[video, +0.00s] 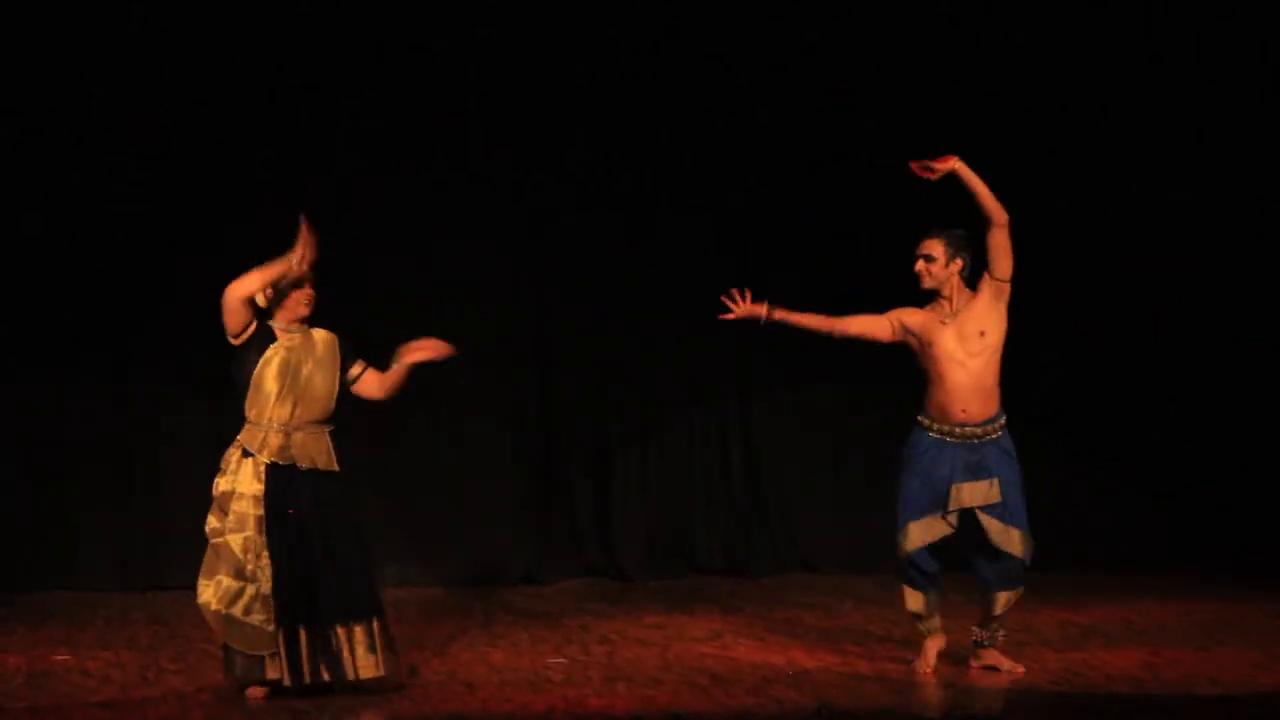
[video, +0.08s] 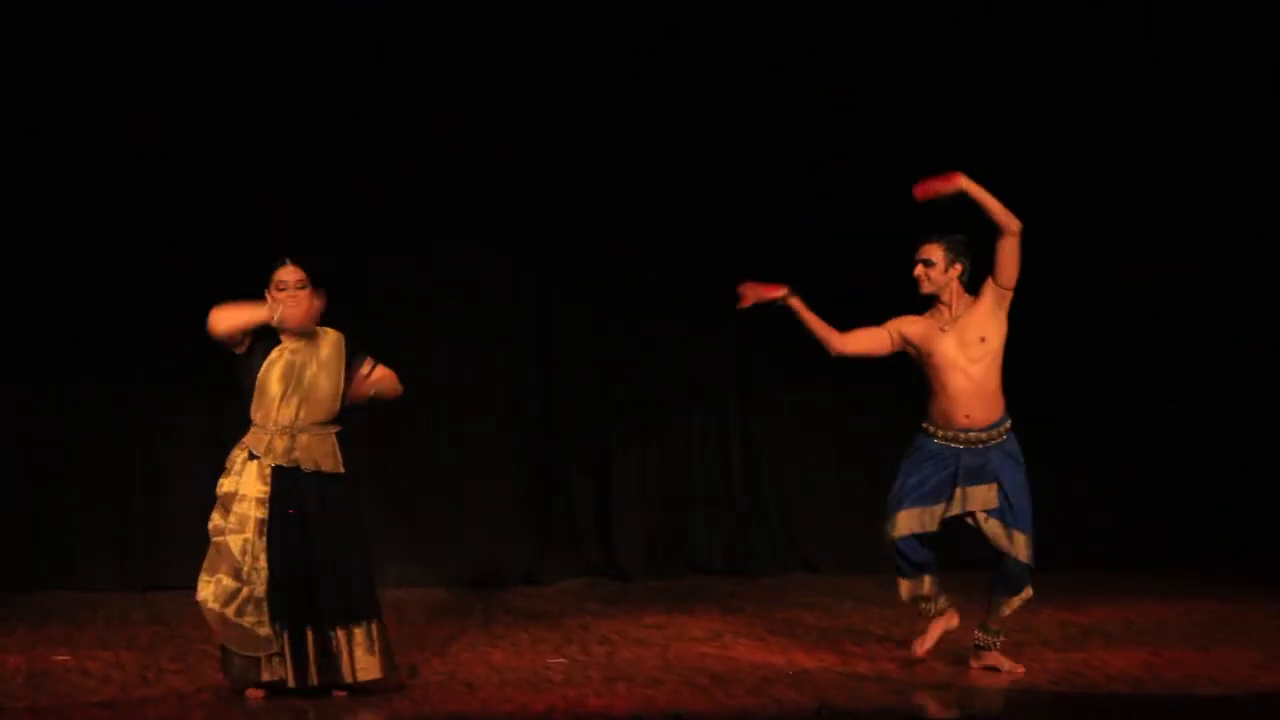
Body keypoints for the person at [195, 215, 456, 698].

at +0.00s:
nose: (308, 293)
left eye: (310, 287)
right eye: (298, 288)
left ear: (313, 297)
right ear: (275, 296)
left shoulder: (327, 345)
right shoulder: (252, 339)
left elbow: (376, 387)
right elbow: (235, 294)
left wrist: (404, 360)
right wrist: (290, 262)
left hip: (315, 467)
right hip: (259, 465)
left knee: (329, 561)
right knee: (260, 568)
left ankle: (328, 668)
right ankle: (260, 673)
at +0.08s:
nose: (289, 297)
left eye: (299, 288)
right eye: (280, 289)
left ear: (320, 299)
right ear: (268, 299)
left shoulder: (335, 348)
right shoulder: (257, 345)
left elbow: (391, 384)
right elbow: (216, 321)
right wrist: (270, 312)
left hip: (317, 467)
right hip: (260, 466)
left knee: (328, 566)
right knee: (261, 567)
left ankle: (333, 673)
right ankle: (266, 672)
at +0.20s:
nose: (281, 298)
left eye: (290, 290)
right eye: (275, 290)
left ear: (314, 296)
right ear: (269, 297)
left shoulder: (339, 345)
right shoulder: (260, 344)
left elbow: (389, 398)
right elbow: (203, 369)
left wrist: (366, 451)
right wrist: (251, 355)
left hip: (322, 469)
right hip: (266, 468)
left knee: (328, 568)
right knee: (270, 569)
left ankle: (330, 674)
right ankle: (276, 675)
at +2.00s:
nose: (343, 294)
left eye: (351, 287)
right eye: (334, 287)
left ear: (364, 293)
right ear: (321, 294)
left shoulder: (384, 344)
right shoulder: (305, 340)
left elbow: (430, 404)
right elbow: (239, 361)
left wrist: (418, 462)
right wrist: (288, 357)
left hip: (369, 469)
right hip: (312, 469)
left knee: (374, 567)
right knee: (309, 568)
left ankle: (379, 671)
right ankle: (308, 671)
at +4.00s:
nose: (354, 300)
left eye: (359, 293)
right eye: (343, 292)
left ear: (365, 301)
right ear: (320, 300)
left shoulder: (379, 351)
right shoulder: (302, 345)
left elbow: (419, 414)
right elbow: (243, 363)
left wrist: (427, 475)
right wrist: (297, 356)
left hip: (364, 473)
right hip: (308, 472)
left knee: (369, 570)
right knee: (310, 571)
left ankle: (371, 676)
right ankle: (312, 675)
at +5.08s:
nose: (352, 295)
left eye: (357, 288)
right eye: (342, 287)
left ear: (363, 296)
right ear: (318, 296)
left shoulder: (379, 346)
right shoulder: (300, 340)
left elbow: (427, 403)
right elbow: (242, 366)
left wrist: (425, 459)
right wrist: (293, 367)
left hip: (363, 472)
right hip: (307, 470)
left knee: (368, 571)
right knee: (301, 568)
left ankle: (376, 676)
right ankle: (296, 671)